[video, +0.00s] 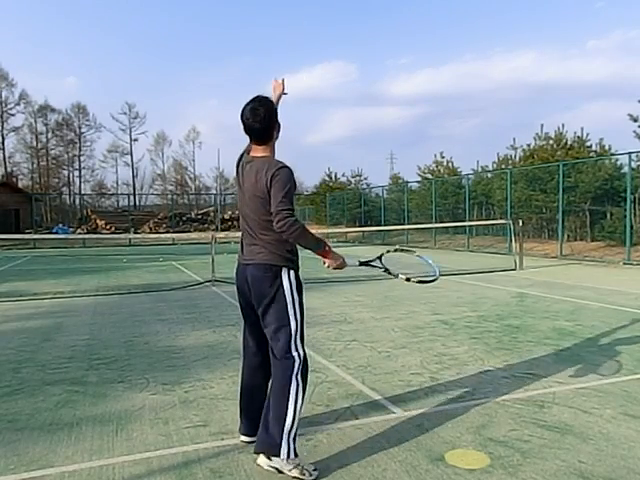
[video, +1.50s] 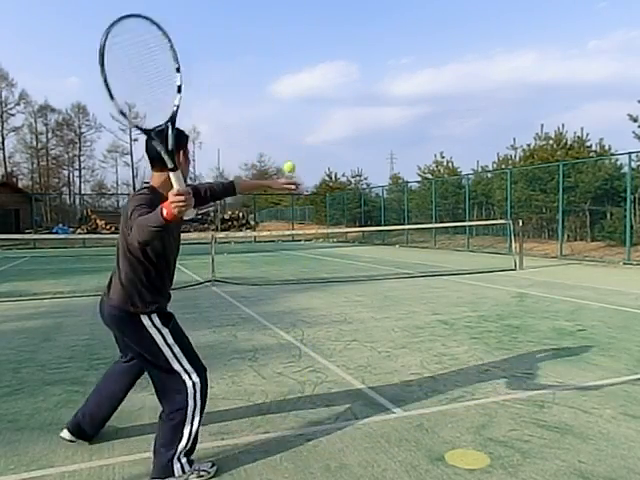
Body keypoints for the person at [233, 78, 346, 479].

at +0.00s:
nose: (273, 124)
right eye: (274, 121)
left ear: (246, 131)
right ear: (277, 128)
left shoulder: (244, 165)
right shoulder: (279, 172)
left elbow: (259, 135)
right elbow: (284, 222)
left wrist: (273, 101)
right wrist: (324, 249)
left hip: (246, 271)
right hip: (275, 272)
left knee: (256, 351)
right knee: (290, 358)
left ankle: (251, 427)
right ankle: (278, 450)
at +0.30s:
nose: (287, 122)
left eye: (280, 116)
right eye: (286, 117)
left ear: (249, 127)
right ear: (284, 125)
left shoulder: (238, 165)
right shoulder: (293, 173)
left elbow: (264, 182)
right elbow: (301, 229)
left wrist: (300, 169)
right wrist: (325, 238)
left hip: (235, 278)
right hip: (273, 282)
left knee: (240, 357)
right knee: (277, 370)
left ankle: (238, 431)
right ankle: (272, 465)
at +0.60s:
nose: (258, 122)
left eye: (255, 115)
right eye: (257, 116)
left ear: (220, 126)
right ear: (254, 124)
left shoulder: (212, 170)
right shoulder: (260, 175)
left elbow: (249, 210)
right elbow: (281, 230)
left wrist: (302, 203)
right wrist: (309, 228)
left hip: (212, 286)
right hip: (248, 289)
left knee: (204, 368)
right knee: (268, 380)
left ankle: (163, 451)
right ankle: (272, 467)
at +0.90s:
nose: (225, 127)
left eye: (223, 121)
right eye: (224, 121)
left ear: (188, 122)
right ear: (219, 121)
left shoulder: (181, 162)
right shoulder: (199, 162)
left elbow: (241, 177)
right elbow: (245, 176)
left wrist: (273, 147)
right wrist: (286, 153)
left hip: (167, 280)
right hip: (194, 283)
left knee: (173, 375)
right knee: (226, 376)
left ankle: (154, 465)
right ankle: (214, 466)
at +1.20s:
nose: (215, 148)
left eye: (217, 143)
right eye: (210, 142)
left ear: (177, 144)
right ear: (198, 144)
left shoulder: (201, 185)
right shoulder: (168, 180)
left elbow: (248, 179)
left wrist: (293, 156)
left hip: (155, 300)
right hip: (170, 305)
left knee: (157, 369)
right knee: (207, 389)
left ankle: (89, 429)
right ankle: (174, 466)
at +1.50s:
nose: (190, 159)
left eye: (187, 153)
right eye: (187, 153)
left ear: (155, 161)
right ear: (179, 158)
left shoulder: (169, 194)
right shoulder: (145, 202)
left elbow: (218, 191)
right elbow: (140, 228)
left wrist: (268, 184)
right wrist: (164, 213)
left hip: (118, 304)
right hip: (142, 310)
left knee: (134, 359)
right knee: (190, 378)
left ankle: (83, 425)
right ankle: (173, 465)